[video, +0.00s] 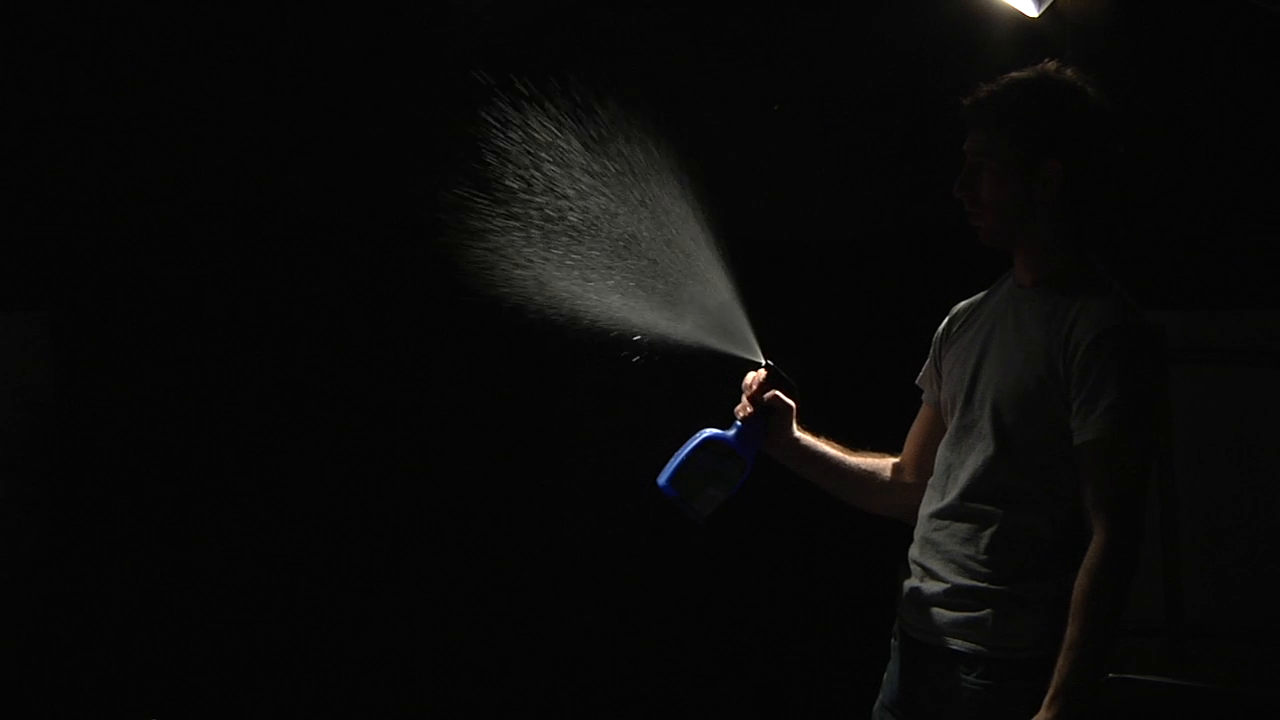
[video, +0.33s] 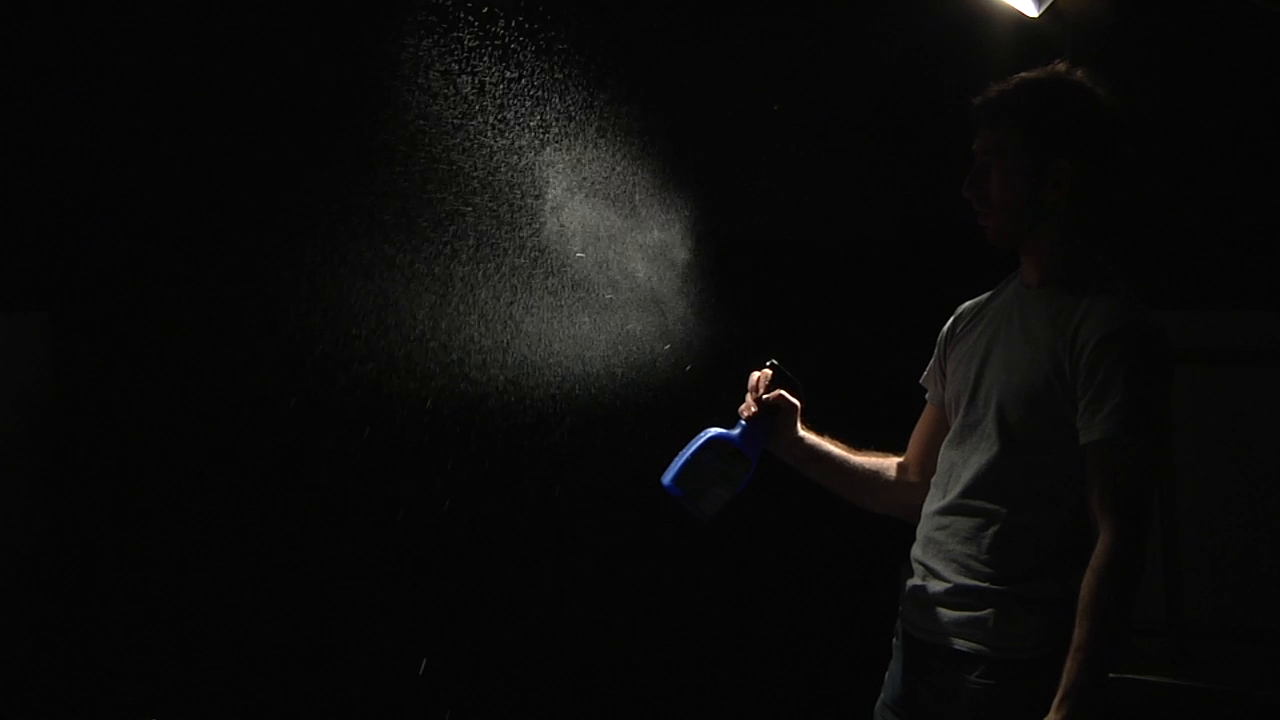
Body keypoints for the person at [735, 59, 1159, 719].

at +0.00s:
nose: (964, 184)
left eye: (985, 164)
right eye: (968, 163)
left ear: (1045, 177)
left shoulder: (1102, 328)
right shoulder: (965, 323)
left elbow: (1114, 533)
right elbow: (910, 485)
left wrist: (1060, 700)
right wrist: (791, 439)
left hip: (1010, 661)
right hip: (919, 642)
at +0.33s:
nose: (972, 183)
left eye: (994, 164)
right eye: (977, 163)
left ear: (1053, 178)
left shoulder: (1108, 327)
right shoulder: (970, 321)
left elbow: (1120, 532)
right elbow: (913, 482)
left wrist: (1069, 700)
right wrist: (794, 438)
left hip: (1015, 657)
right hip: (921, 638)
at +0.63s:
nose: (974, 184)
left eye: (995, 164)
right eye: (977, 163)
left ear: (1054, 177)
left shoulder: (1107, 326)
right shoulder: (969, 321)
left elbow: (1118, 531)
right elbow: (911, 482)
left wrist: (1066, 699)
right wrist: (792, 435)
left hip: (1015, 655)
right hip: (921, 638)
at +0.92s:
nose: (967, 182)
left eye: (989, 162)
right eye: (971, 160)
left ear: (1047, 176)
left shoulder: (1100, 327)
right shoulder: (964, 322)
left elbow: (1114, 532)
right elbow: (908, 483)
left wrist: (1062, 699)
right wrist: (788, 435)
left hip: (1008, 656)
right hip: (916, 637)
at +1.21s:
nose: (962, 182)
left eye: (983, 163)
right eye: (965, 161)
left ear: (1042, 175)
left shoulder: (1097, 326)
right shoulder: (961, 322)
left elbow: (1111, 532)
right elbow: (908, 485)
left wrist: (1060, 700)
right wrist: (789, 440)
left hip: (1006, 658)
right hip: (917, 639)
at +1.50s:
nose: (955, 185)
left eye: (976, 164)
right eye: (959, 163)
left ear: (1037, 174)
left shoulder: (1096, 324)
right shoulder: (962, 322)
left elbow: (1112, 529)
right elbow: (912, 486)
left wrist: (1062, 698)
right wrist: (791, 443)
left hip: (1013, 663)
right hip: (923, 646)